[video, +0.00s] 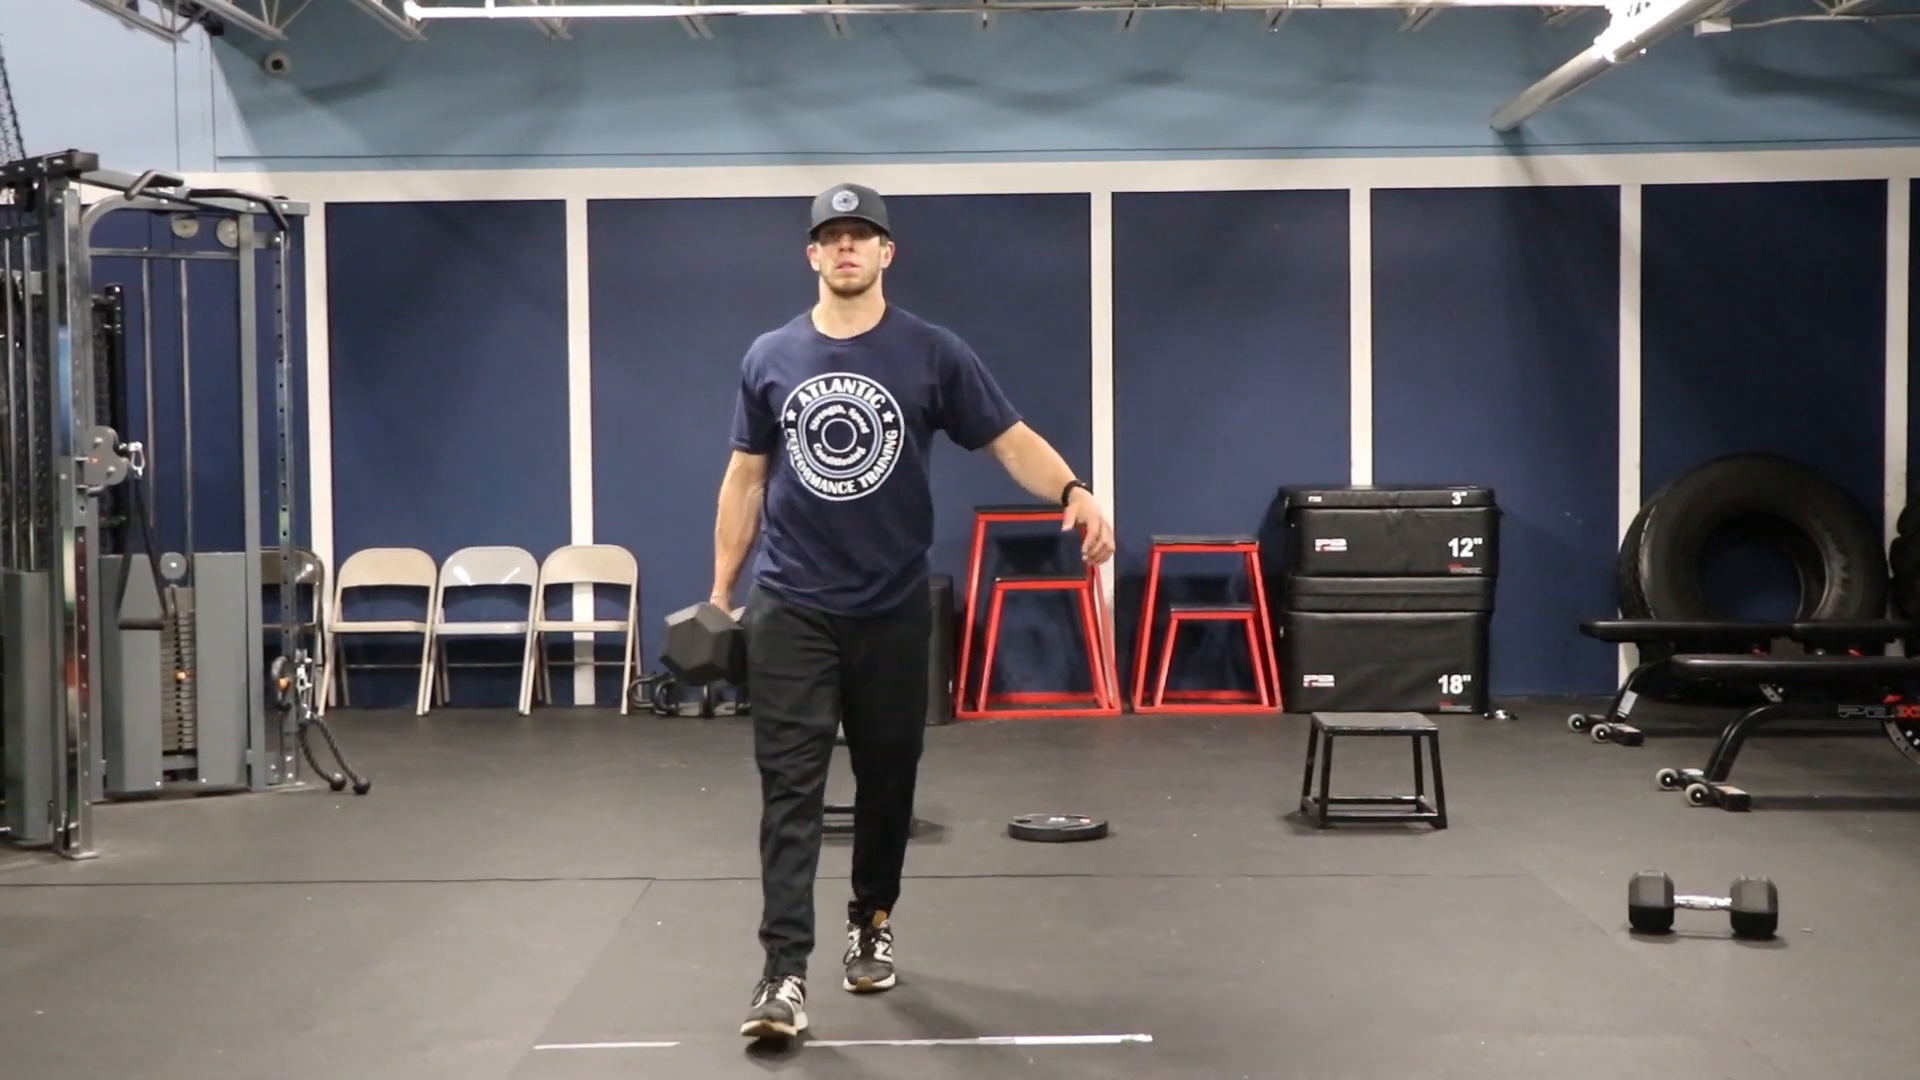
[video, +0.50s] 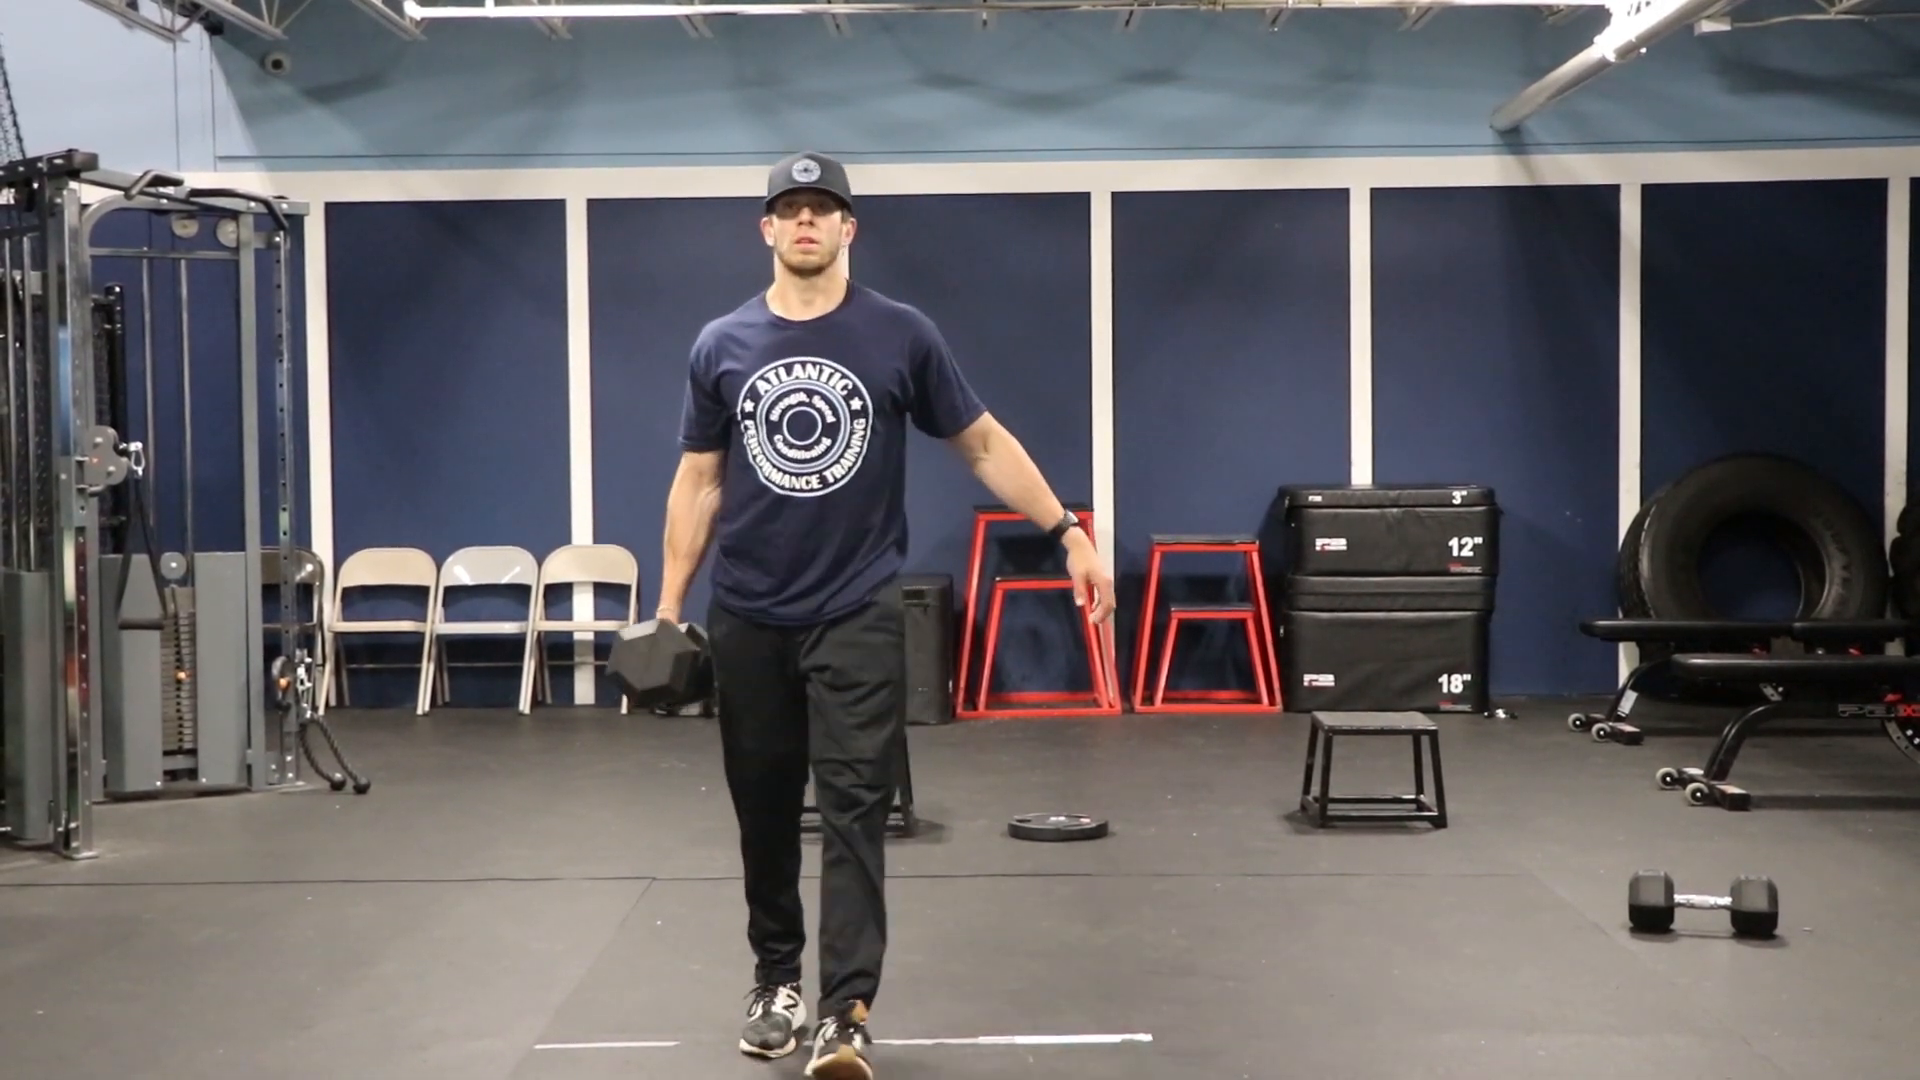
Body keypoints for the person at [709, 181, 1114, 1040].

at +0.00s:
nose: (845, 249)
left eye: (860, 236)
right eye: (831, 237)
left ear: (887, 250)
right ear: (811, 252)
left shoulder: (934, 353)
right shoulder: (772, 357)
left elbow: (1010, 437)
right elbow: (746, 476)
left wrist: (1077, 491)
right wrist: (722, 588)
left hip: (893, 601)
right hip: (791, 600)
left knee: (887, 778)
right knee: (790, 784)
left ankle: (874, 918)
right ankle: (784, 971)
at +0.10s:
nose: (828, 242)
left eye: (843, 229)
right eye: (813, 229)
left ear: (869, 243)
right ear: (793, 245)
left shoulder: (920, 343)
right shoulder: (755, 354)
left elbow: (998, 433)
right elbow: (734, 476)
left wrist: (1073, 500)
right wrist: (712, 596)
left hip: (883, 599)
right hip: (778, 599)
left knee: (889, 776)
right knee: (779, 787)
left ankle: (872, 910)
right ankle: (782, 977)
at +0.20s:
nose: (814, 234)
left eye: (829, 221)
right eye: (799, 221)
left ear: (857, 235)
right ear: (779, 237)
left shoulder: (910, 336)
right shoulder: (740, 349)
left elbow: (991, 433)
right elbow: (720, 478)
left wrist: (1074, 510)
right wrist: (699, 604)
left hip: (875, 599)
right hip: (767, 601)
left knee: (898, 768)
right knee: (771, 794)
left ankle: (869, 892)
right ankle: (780, 978)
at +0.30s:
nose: (808, 228)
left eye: (823, 214)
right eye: (793, 215)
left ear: (852, 229)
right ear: (772, 230)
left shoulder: (904, 332)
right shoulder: (731, 345)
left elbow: (984, 433)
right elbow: (709, 476)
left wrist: (1070, 516)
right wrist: (687, 604)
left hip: (871, 600)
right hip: (758, 606)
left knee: (892, 774)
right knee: (768, 798)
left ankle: (866, 926)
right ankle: (780, 978)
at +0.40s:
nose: (804, 225)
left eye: (821, 212)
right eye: (789, 212)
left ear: (848, 227)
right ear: (768, 228)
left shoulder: (901, 331)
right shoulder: (725, 342)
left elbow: (982, 436)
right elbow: (703, 475)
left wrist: (1069, 524)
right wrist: (677, 607)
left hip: (864, 598)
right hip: (753, 606)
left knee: (876, 787)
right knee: (767, 803)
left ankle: (860, 991)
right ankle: (778, 985)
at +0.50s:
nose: (804, 225)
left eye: (820, 211)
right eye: (788, 212)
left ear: (848, 227)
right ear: (767, 228)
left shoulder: (903, 335)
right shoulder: (723, 344)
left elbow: (984, 443)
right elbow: (699, 478)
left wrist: (1071, 533)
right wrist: (669, 608)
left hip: (857, 605)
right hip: (747, 611)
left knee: (853, 800)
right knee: (765, 805)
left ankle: (847, 1011)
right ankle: (777, 978)